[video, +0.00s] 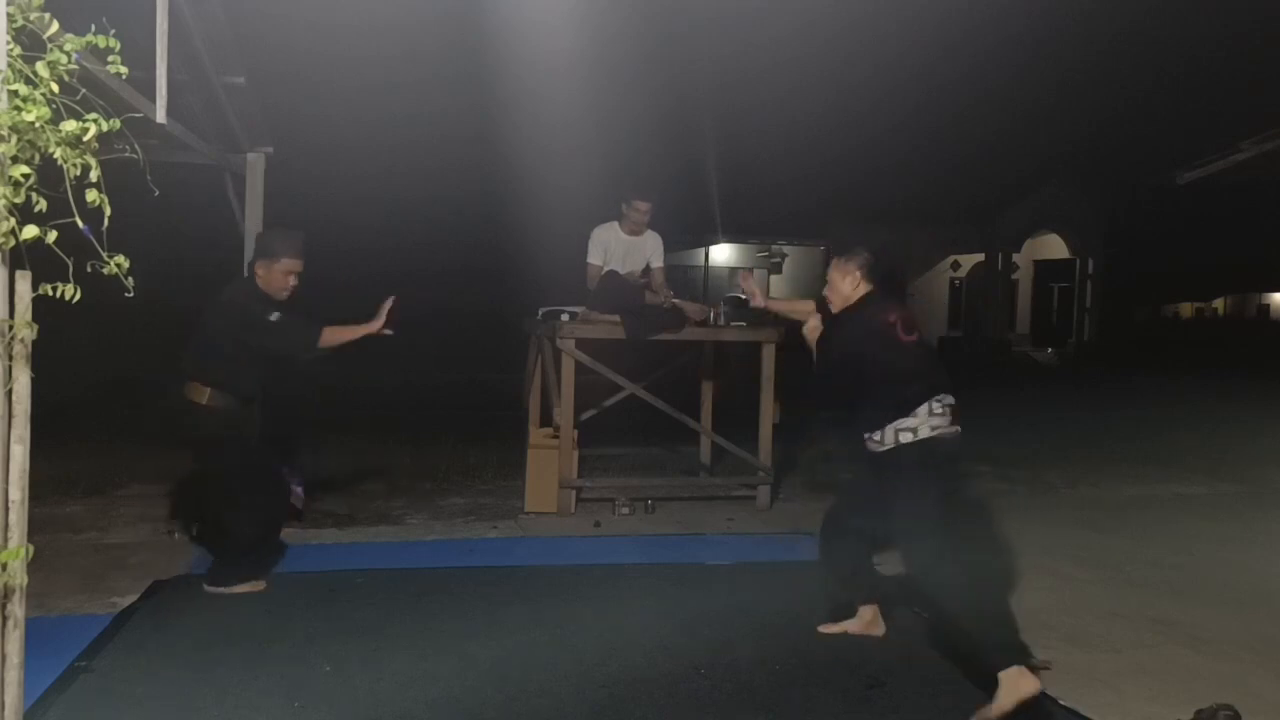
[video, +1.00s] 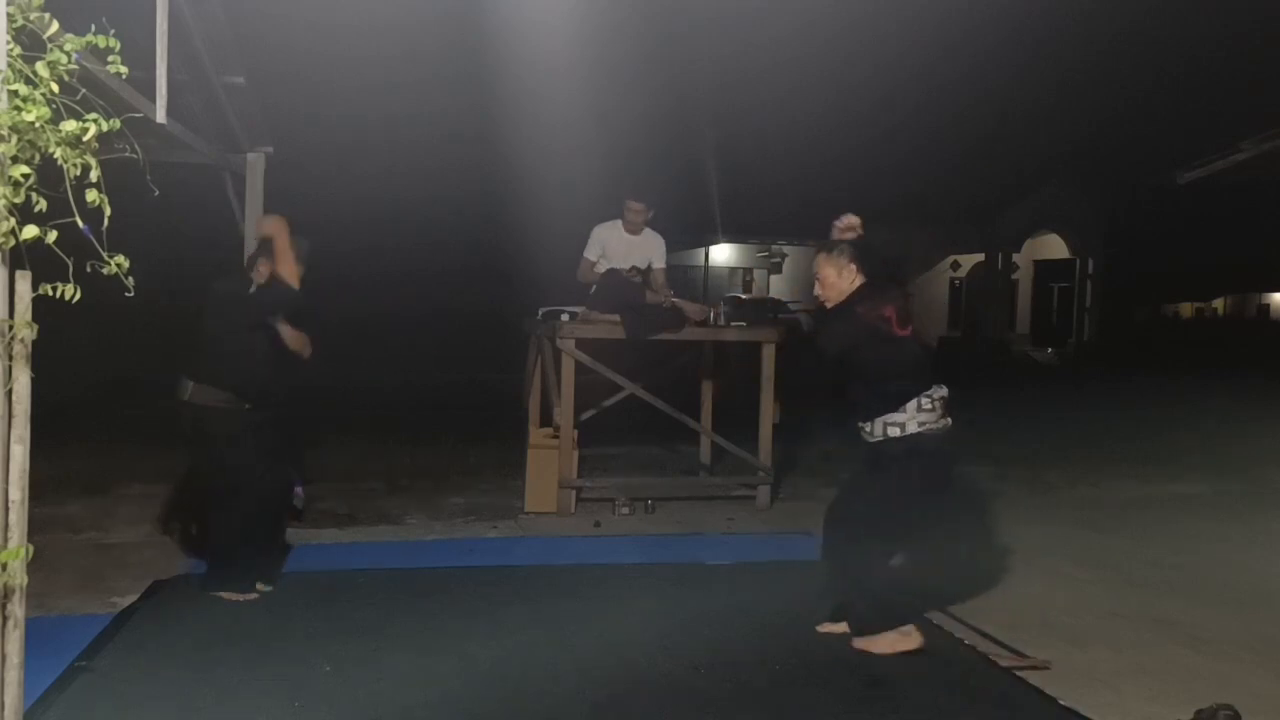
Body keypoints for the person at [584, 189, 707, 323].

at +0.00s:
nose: (642, 218)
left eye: (647, 213)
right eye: (637, 212)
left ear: (651, 214)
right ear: (624, 209)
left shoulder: (654, 240)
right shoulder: (602, 234)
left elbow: (659, 283)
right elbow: (592, 283)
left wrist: (665, 295)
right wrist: (623, 281)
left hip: (635, 301)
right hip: (602, 301)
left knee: (676, 318)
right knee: (611, 278)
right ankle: (680, 306)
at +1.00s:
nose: (631, 216)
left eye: (638, 212)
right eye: (628, 210)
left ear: (649, 214)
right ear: (623, 209)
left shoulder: (656, 242)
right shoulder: (602, 232)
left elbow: (660, 283)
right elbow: (583, 275)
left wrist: (668, 298)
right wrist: (617, 276)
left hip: (636, 302)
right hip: (602, 300)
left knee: (673, 316)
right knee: (612, 278)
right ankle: (679, 306)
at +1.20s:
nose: (624, 217)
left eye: (630, 213)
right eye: (622, 211)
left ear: (644, 214)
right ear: (618, 209)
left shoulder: (655, 241)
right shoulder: (601, 230)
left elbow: (660, 282)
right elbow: (579, 267)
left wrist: (669, 296)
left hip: (634, 301)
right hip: (601, 299)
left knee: (673, 317)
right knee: (612, 278)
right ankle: (679, 306)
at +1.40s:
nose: (618, 217)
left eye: (624, 213)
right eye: (616, 212)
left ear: (639, 214)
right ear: (612, 210)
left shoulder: (653, 240)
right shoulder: (598, 229)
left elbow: (659, 282)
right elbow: (573, 263)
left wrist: (669, 298)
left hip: (633, 301)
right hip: (600, 299)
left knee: (675, 317)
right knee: (612, 275)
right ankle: (680, 306)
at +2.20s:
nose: (627, 214)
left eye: (634, 210)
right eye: (625, 208)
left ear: (648, 212)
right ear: (620, 207)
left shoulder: (655, 241)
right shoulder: (600, 227)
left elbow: (659, 282)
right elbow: (577, 256)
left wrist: (668, 296)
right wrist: (569, 294)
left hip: (634, 301)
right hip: (600, 299)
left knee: (675, 317)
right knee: (613, 276)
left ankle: (604, 316)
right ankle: (681, 306)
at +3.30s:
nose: (632, 216)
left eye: (640, 212)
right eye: (629, 210)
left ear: (650, 214)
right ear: (623, 208)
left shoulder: (655, 241)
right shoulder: (601, 227)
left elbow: (660, 284)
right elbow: (577, 256)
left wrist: (669, 297)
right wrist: (567, 295)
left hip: (634, 301)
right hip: (601, 298)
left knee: (674, 317)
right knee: (613, 276)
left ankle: (603, 317)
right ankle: (679, 306)